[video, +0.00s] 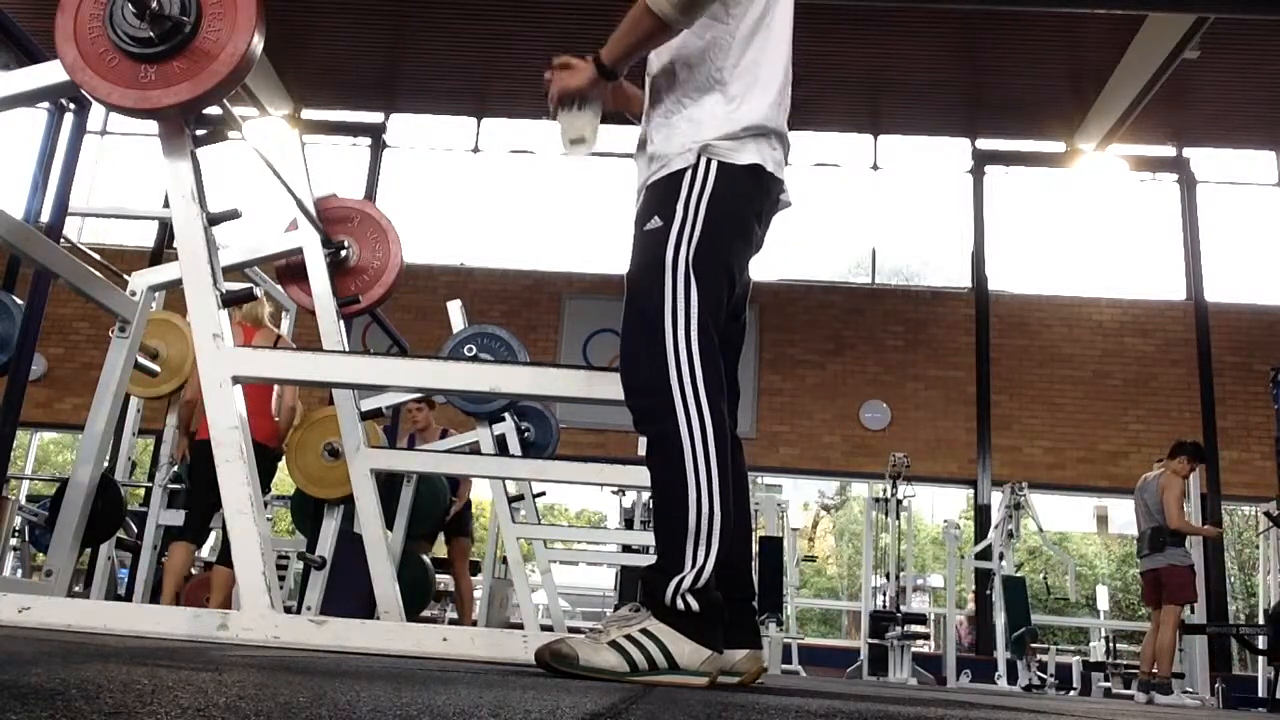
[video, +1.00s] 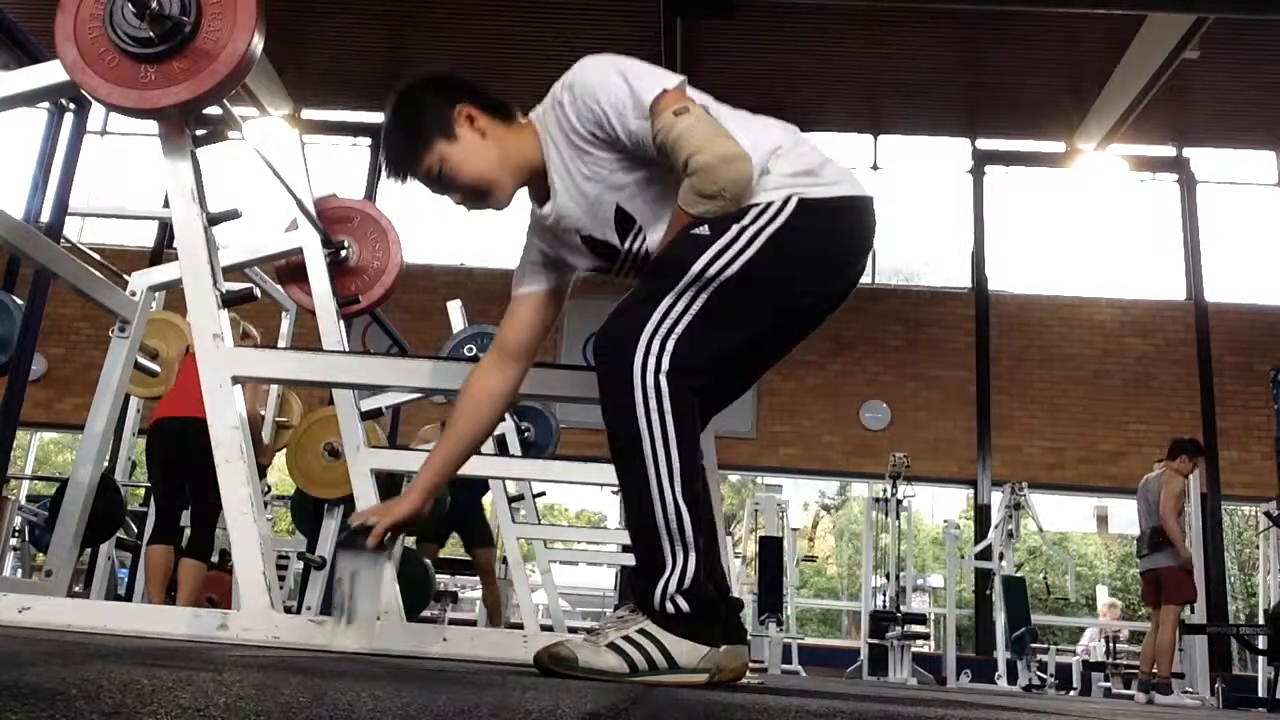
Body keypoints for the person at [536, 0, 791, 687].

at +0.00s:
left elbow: (668, 5)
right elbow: (687, 101)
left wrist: (600, 64)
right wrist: (611, 90)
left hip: (710, 147)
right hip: (699, 152)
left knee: (668, 372)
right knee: (697, 394)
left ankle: (689, 621)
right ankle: (730, 632)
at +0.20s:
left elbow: (687, 9)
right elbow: (704, 61)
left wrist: (618, 94)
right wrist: (619, 123)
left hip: (710, 143)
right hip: (710, 148)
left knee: (666, 371)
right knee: (702, 393)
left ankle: (690, 622)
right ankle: (730, 632)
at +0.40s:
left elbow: (674, 30)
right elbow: (716, 106)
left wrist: (621, 156)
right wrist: (633, 181)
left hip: (728, 150)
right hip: (757, 153)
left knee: (676, 376)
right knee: (708, 389)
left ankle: (688, 623)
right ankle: (723, 629)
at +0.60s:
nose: (515, 13)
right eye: (509, 8)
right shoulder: (608, 58)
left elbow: (676, 104)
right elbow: (635, 188)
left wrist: (643, 227)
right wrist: (588, 294)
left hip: (765, 153)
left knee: (678, 366)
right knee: (706, 388)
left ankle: (687, 624)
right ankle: (711, 629)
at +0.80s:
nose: (464, 115)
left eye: (454, 93)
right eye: (452, 106)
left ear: (486, 46)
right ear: (492, 55)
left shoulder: (603, 30)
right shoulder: (574, 158)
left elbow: (706, 148)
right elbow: (563, 288)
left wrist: (667, 250)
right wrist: (504, 417)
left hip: (787, 173)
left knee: (652, 349)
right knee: (686, 393)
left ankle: (687, 623)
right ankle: (707, 629)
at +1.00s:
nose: (453, 196)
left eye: (442, 172)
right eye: (437, 189)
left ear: (472, 121)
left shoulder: (589, 85)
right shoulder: (552, 230)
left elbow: (721, 169)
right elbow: (501, 366)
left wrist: (658, 257)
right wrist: (417, 493)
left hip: (801, 201)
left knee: (635, 348)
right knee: (657, 396)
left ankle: (684, 621)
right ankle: (702, 624)